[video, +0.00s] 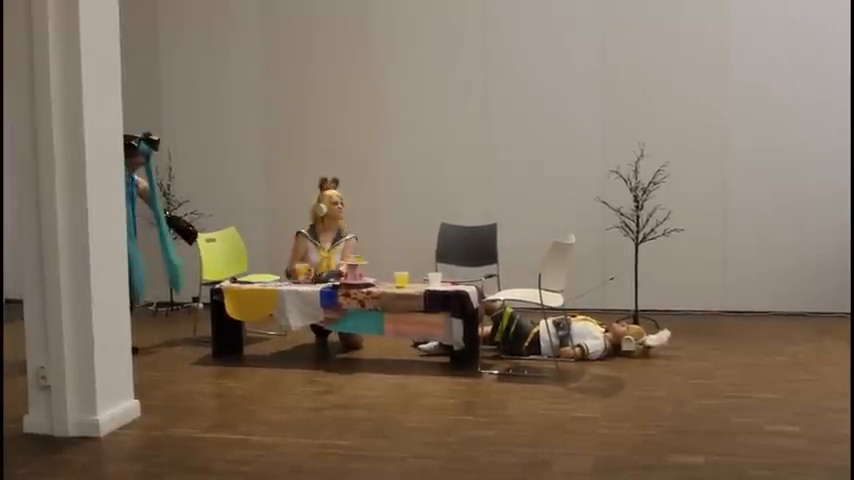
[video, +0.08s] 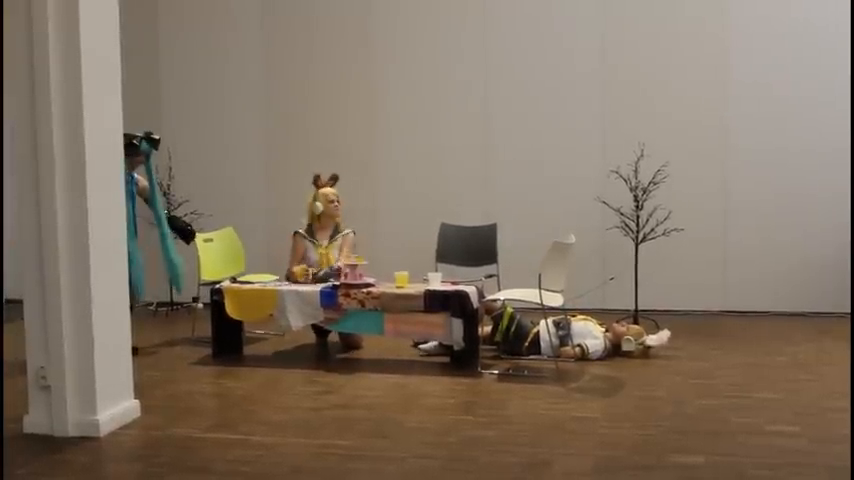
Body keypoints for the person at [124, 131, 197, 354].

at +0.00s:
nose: (143, 162)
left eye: (144, 158)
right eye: (140, 158)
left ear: (139, 160)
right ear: (128, 157)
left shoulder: (133, 181)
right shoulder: (120, 180)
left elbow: (156, 204)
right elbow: (155, 203)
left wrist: (173, 221)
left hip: (128, 242)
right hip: (114, 243)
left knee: (132, 290)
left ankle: (127, 341)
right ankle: (120, 341)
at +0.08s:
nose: (144, 161)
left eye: (145, 156)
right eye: (141, 156)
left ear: (138, 158)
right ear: (131, 156)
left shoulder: (135, 181)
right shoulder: (128, 180)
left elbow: (158, 208)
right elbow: (159, 209)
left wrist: (183, 229)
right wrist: (184, 229)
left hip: (127, 242)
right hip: (113, 242)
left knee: (129, 292)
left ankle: (127, 342)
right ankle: (122, 342)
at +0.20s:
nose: (143, 159)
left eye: (143, 155)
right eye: (140, 155)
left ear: (137, 156)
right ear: (131, 154)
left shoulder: (133, 178)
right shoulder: (128, 178)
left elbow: (152, 204)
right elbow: (151, 204)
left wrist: (172, 225)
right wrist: (173, 226)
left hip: (126, 240)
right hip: (115, 241)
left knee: (128, 290)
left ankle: (127, 341)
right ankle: (123, 342)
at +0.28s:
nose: (142, 157)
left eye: (144, 153)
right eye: (140, 153)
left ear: (139, 155)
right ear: (131, 152)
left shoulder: (134, 176)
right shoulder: (123, 175)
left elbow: (148, 208)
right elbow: (148, 209)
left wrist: (168, 226)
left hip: (127, 239)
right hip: (115, 239)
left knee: (127, 287)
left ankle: (126, 342)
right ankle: (120, 342)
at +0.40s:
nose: (140, 157)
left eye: (141, 152)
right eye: (137, 152)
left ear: (138, 153)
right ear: (129, 151)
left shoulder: (131, 173)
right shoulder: (123, 174)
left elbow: (140, 209)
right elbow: (139, 209)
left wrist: (158, 227)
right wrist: (158, 227)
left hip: (129, 234)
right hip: (121, 235)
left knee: (130, 282)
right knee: (126, 283)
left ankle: (125, 341)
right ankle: (122, 341)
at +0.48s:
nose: (137, 158)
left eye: (139, 154)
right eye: (136, 153)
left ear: (136, 152)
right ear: (128, 151)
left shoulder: (129, 173)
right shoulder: (122, 174)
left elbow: (134, 210)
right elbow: (131, 211)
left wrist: (151, 224)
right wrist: (152, 225)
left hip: (126, 235)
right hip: (118, 236)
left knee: (127, 285)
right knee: (121, 287)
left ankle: (125, 341)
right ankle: (122, 342)